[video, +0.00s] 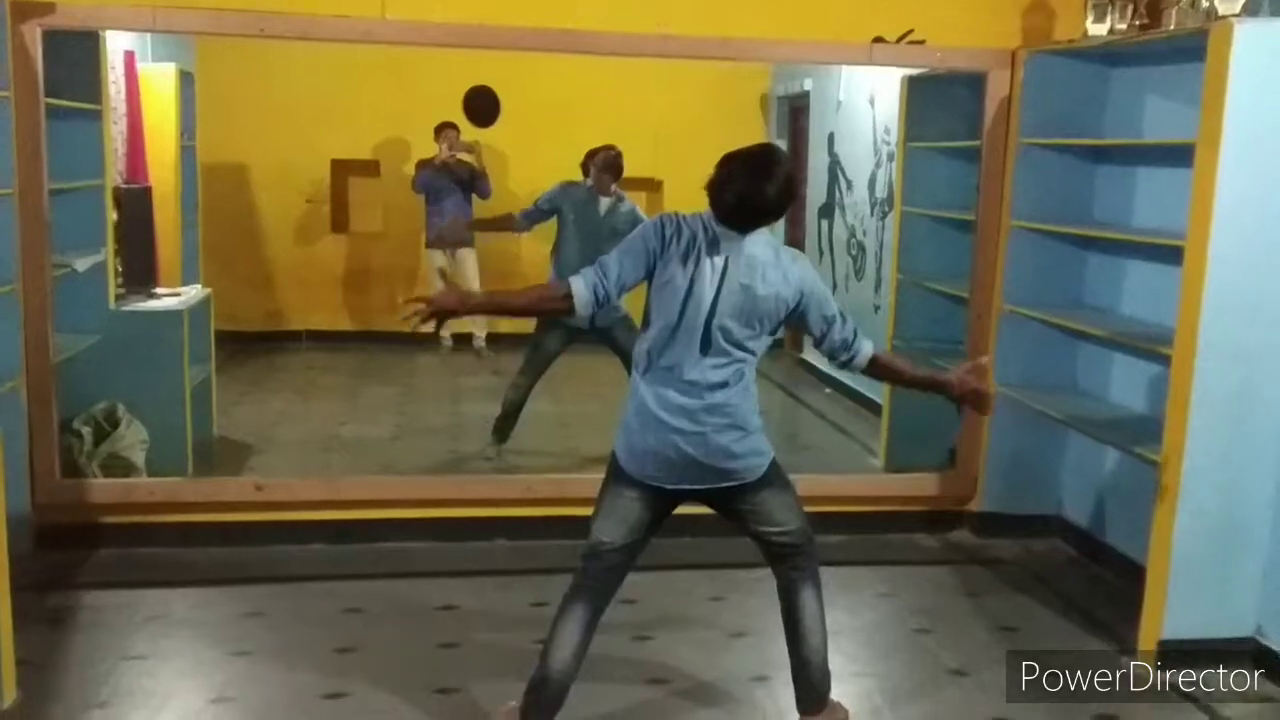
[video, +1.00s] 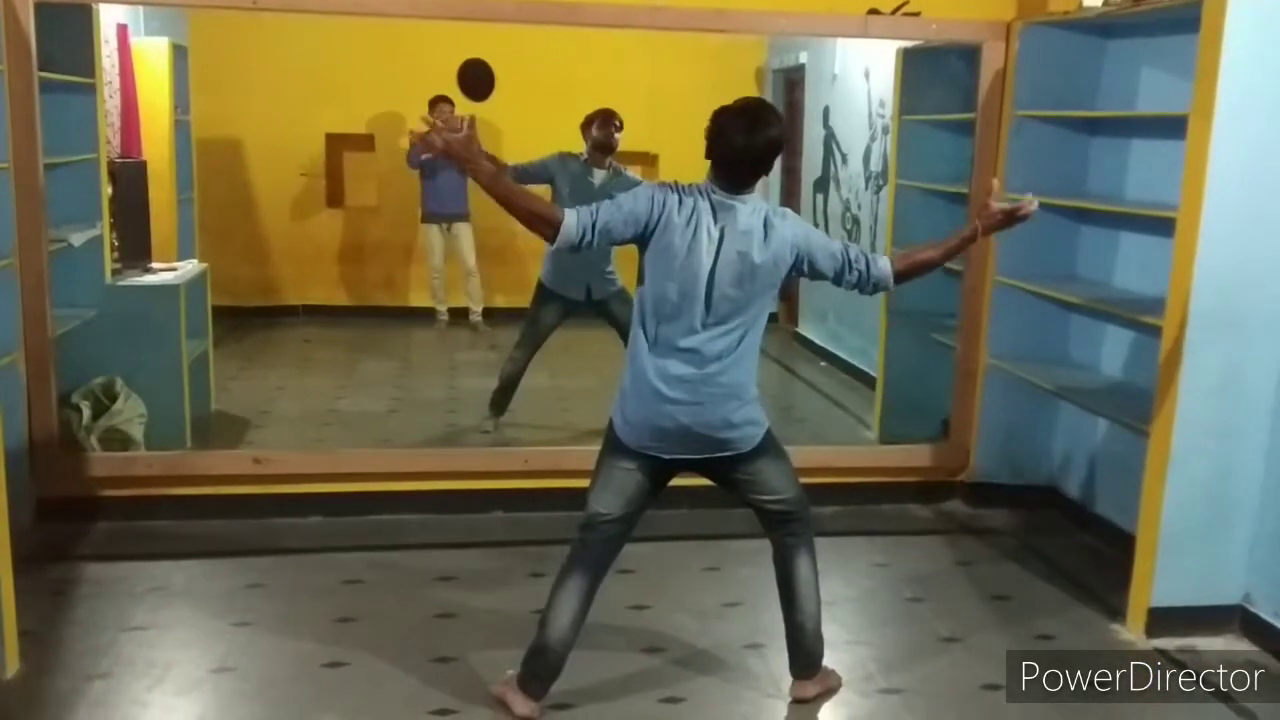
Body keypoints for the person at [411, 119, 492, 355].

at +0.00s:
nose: (448, 142)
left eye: (452, 138)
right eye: (444, 138)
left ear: (459, 141)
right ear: (437, 141)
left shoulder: (466, 167)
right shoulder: (426, 166)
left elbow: (484, 192)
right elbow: (418, 187)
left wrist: (478, 162)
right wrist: (438, 162)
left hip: (463, 238)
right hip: (436, 239)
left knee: (472, 289)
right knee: (440, 290)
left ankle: (479, 338)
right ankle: (444, 337)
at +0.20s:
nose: (448, 131)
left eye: (452, 127)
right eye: (443, 127)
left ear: (458, 130)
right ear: (435, 130)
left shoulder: (465, 156)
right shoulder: (425, 155)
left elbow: (484, 181)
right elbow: (417, 176)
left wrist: (477, 150)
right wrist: (437, 151)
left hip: (463, 225)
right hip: (435, 226)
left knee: (472, 277)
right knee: (439, 278)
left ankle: (479, 329)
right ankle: (444, 328)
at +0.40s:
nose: (446, 124)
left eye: (451, 120)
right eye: (442, 119)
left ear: (456, 123)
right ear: (434, 122)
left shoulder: (463, 150)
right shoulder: (424, 148)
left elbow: (482, 173)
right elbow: (416, 170)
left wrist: (476, 144)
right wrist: (435, 144)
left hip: (464, 223)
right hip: (436, 224)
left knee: (473, 273)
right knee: (438, 274)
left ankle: (478, 322)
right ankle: (443, 321)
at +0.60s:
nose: (442, 115)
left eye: (446, 111)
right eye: (437, 111)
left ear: (452, 114)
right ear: (429, 113)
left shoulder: (458, 141)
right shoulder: (419, 140)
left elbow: (477, 162)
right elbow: (410, 161)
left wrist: (470, 131)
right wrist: (431, 135)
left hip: (459, 213)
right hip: (431, 214)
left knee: (468, 266)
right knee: (434, 267)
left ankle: (474, 315)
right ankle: (439, 314)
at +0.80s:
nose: (444, 117)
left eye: (449, 112)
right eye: (440, 113)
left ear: (454, 115)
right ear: (431, 115)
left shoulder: (463, 142)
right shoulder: (421, 142)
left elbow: (479, 165)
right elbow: (415, 169)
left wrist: (470, 138)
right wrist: (434, 139)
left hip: (459, 215)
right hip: (432, 216)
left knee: (471, 268)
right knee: (436, 269)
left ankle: (476, 315)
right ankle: (441, 314)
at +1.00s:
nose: (444, 117)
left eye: (448, 113)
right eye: (439, 113)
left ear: (454, 115)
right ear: (431, 115)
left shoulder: (460, 142)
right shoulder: (424, 142)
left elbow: (470, 162)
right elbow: (413, 162)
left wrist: (456, 137)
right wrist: (428, 142)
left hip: (459, 215)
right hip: (432, 216)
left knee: (471, 267)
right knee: (436, 268)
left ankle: (476, 314)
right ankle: (441, 313)